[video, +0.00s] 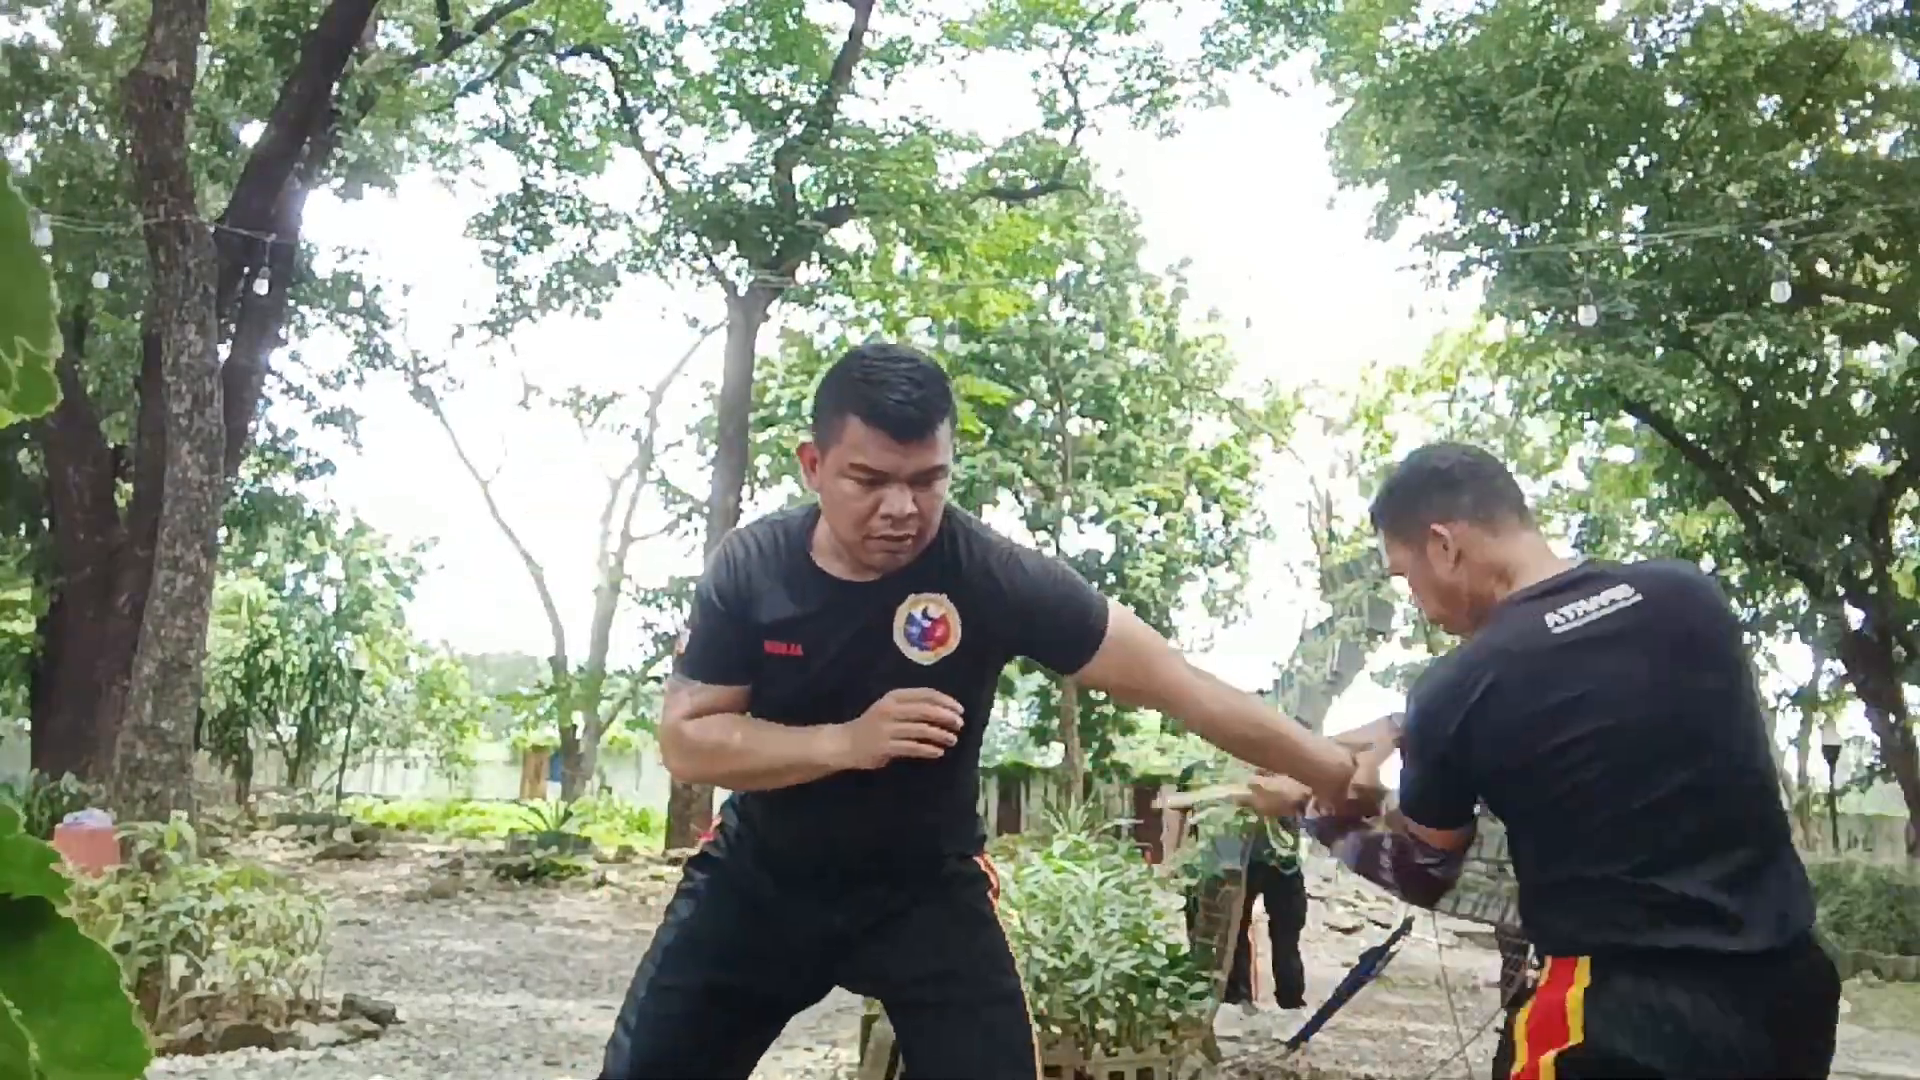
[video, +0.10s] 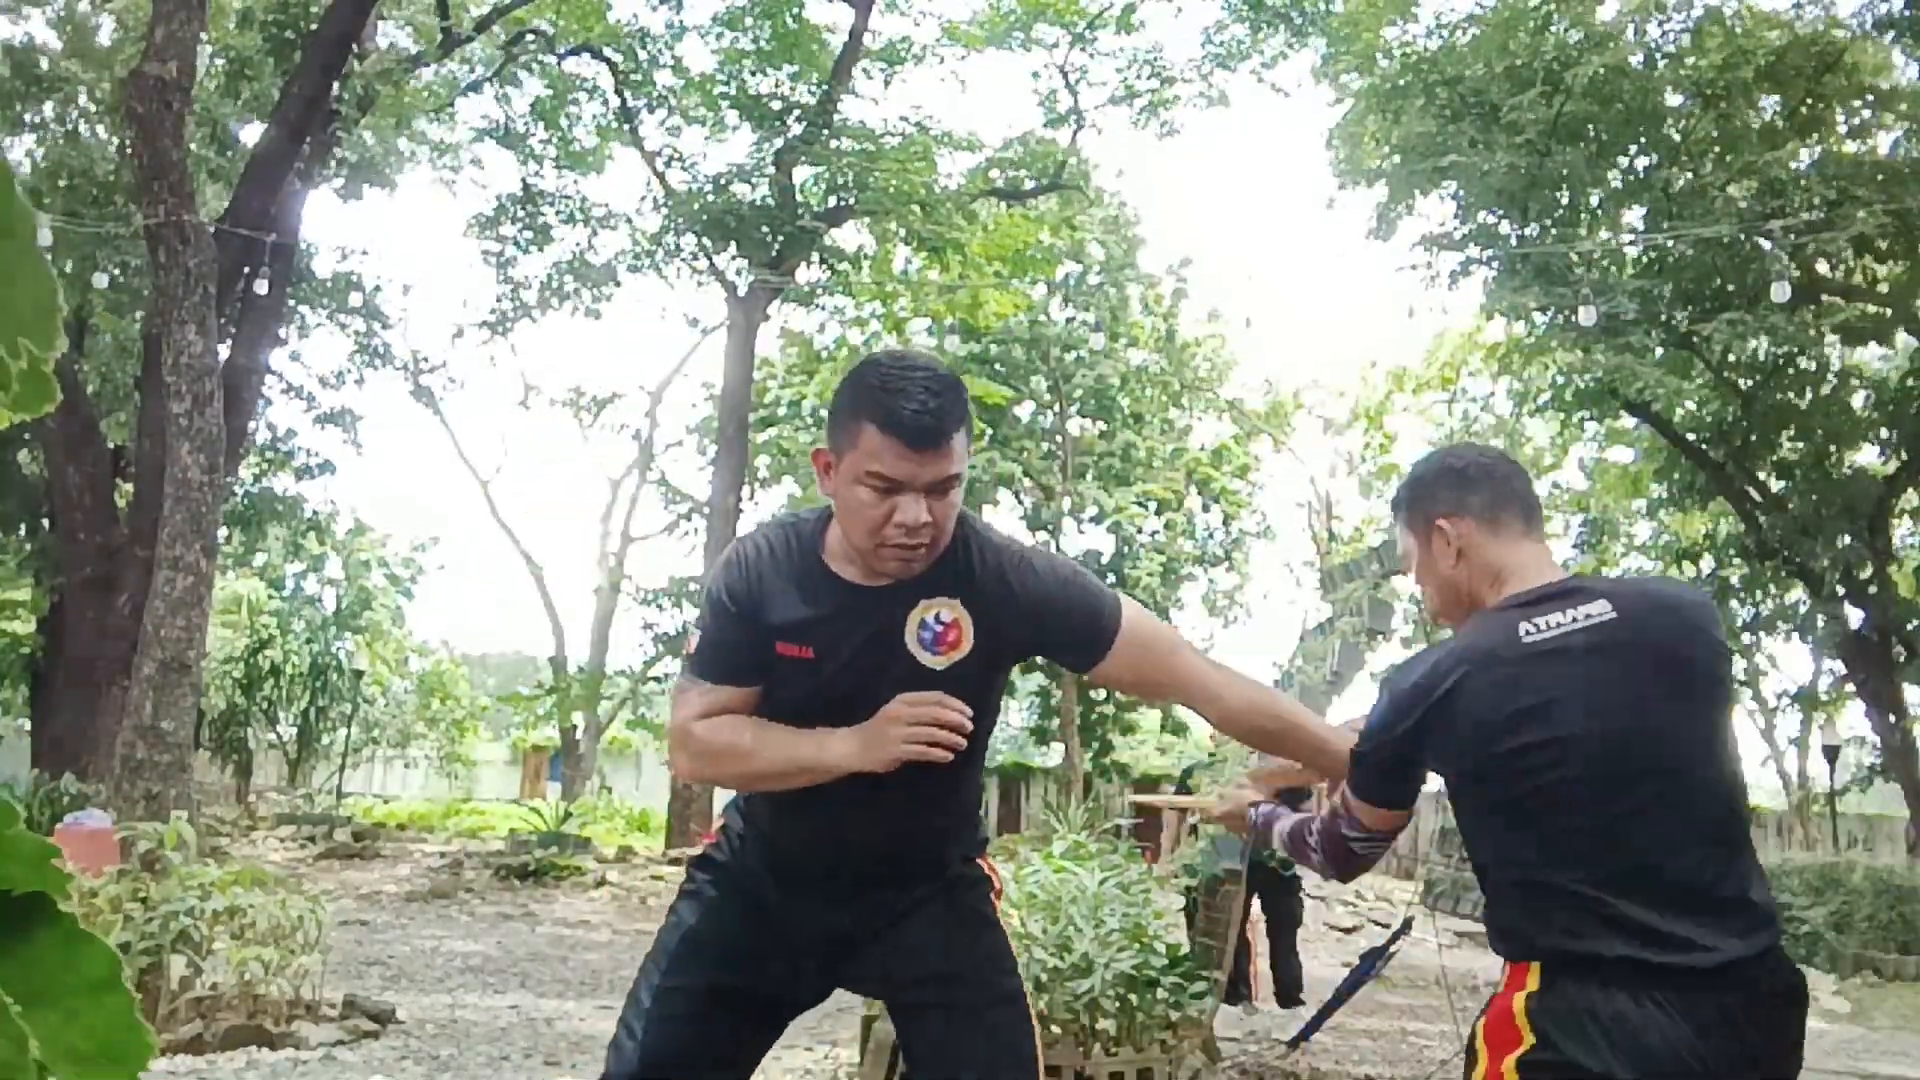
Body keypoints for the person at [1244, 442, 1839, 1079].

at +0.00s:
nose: (1417, 608)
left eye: (1405, 580)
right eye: (1402, 586)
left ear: (1445, 546)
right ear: (1525, 518)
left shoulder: (1458, 691)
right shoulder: (1694, 594)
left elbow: (1423, 873)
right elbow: (1574, 685)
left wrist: (1313, 809)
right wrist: (1405, 727)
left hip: (1610, 1004)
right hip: (1785, 992)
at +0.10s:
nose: (1423, 601)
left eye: (1412, 566)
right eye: (1411, 572)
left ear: (1450, 538)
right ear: (1536, 524)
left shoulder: (1431, 687)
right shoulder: (1690, 615)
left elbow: (1340, 846)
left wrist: (1265, 817)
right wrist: (1369, 740)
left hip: (1574, 1025)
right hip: (1752, 1017)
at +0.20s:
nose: (1405, 590)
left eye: (1400, 562)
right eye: (1398, 566)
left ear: (1435, 545)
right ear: (1523, 531)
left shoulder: (1416, 684)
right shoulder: (1668, 622)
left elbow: (1317, 861)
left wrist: (1239, 838)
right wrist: (1350, 766)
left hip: (1561, 1019)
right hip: (1738, 1009)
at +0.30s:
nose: (1388, 606)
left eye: (1384, 575)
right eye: (1380, 579)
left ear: (1426, 552)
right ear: (1506, 541)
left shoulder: (1400, 686)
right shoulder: (1646, 619)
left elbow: (1303, 832)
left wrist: (1251, 852)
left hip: (1556, 1019)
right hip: (1723, 1005)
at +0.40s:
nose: (1365, 598)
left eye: (1361, 564)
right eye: (1357, 569)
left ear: (1409, 541)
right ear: (1484, 536)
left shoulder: (1395, 668)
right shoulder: (1626, 609)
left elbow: (1268, 791)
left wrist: (1185, 815)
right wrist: (1376, 739)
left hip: (1580, 990)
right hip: (1730, 974)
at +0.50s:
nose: (1313, 560)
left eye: (1315, 528)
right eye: (1308, 536)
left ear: (1376, 498)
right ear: (1397, 500)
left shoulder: (1451, 581)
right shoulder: (1547, 579)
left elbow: (1244, 704)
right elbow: (1489, 728)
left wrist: (1118, 738)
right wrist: (1371, 735)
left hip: (1648, 947)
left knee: (1486, 1063)